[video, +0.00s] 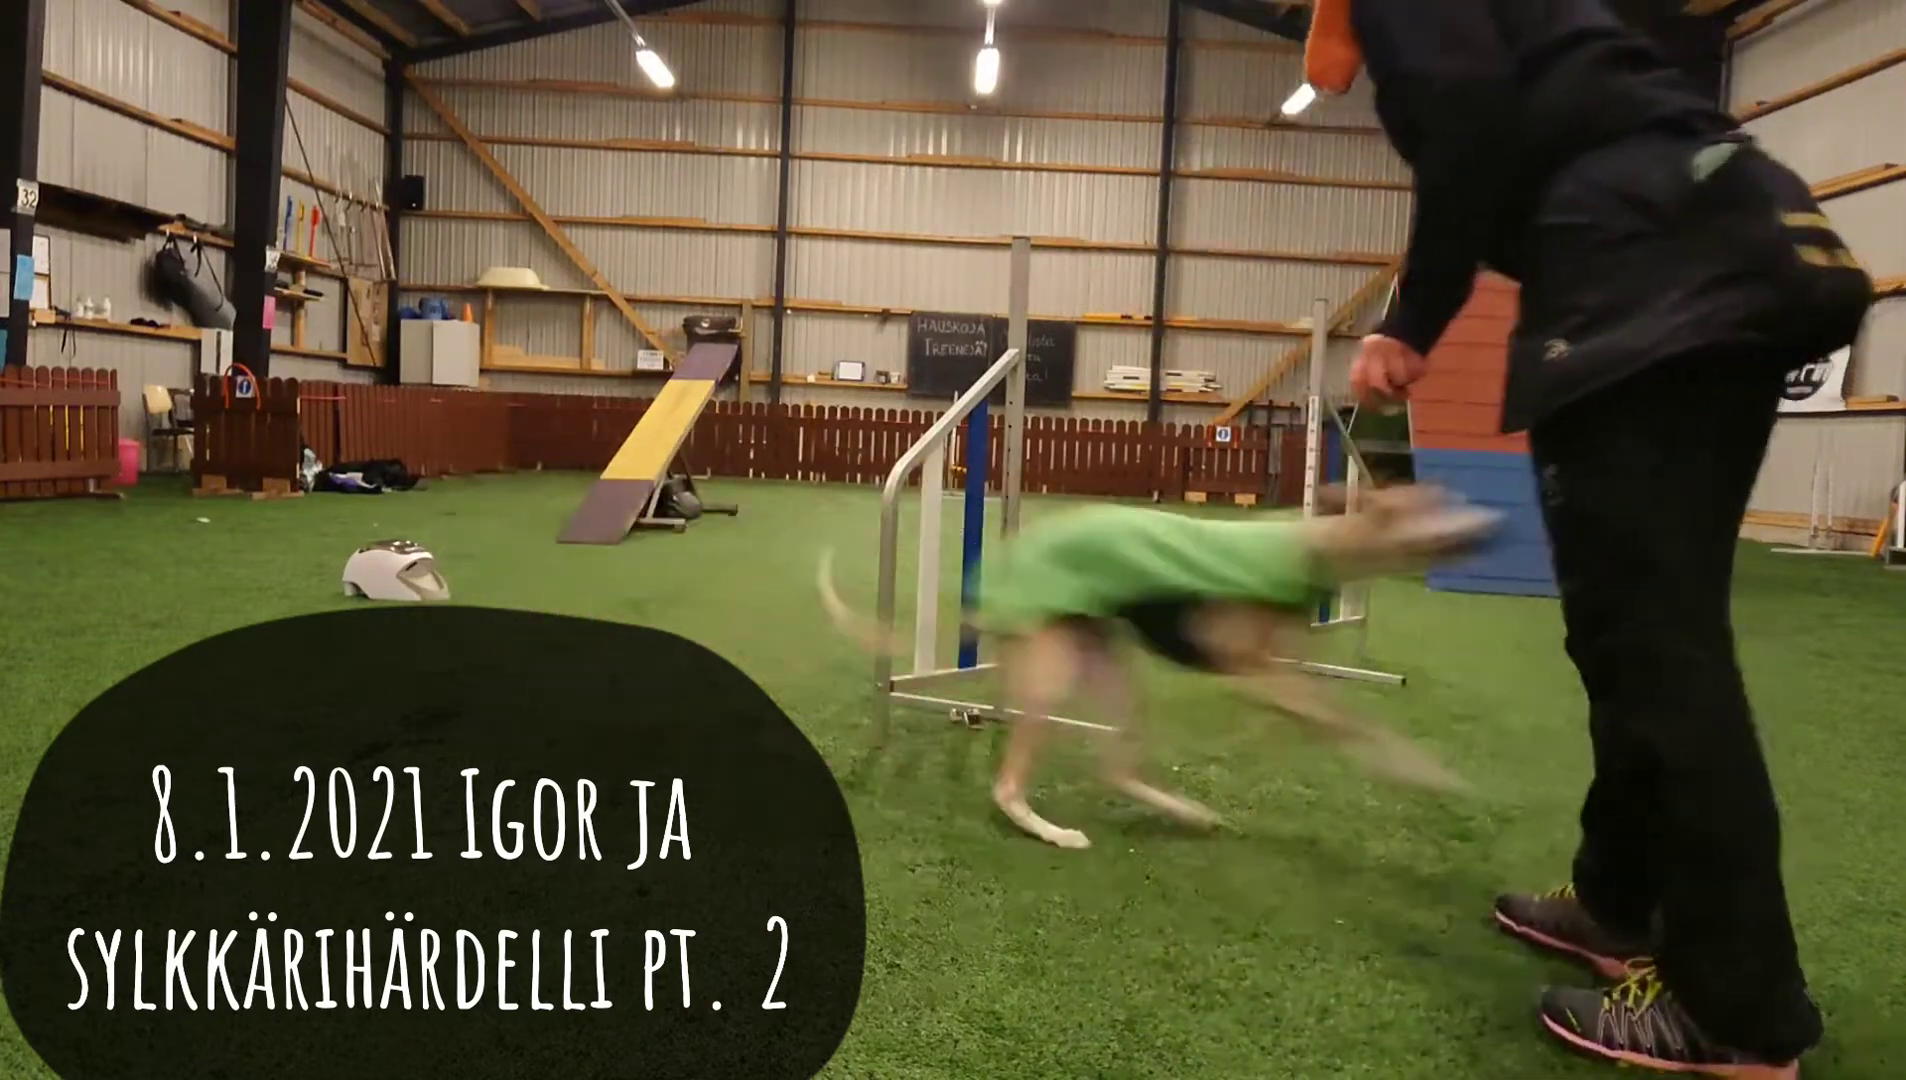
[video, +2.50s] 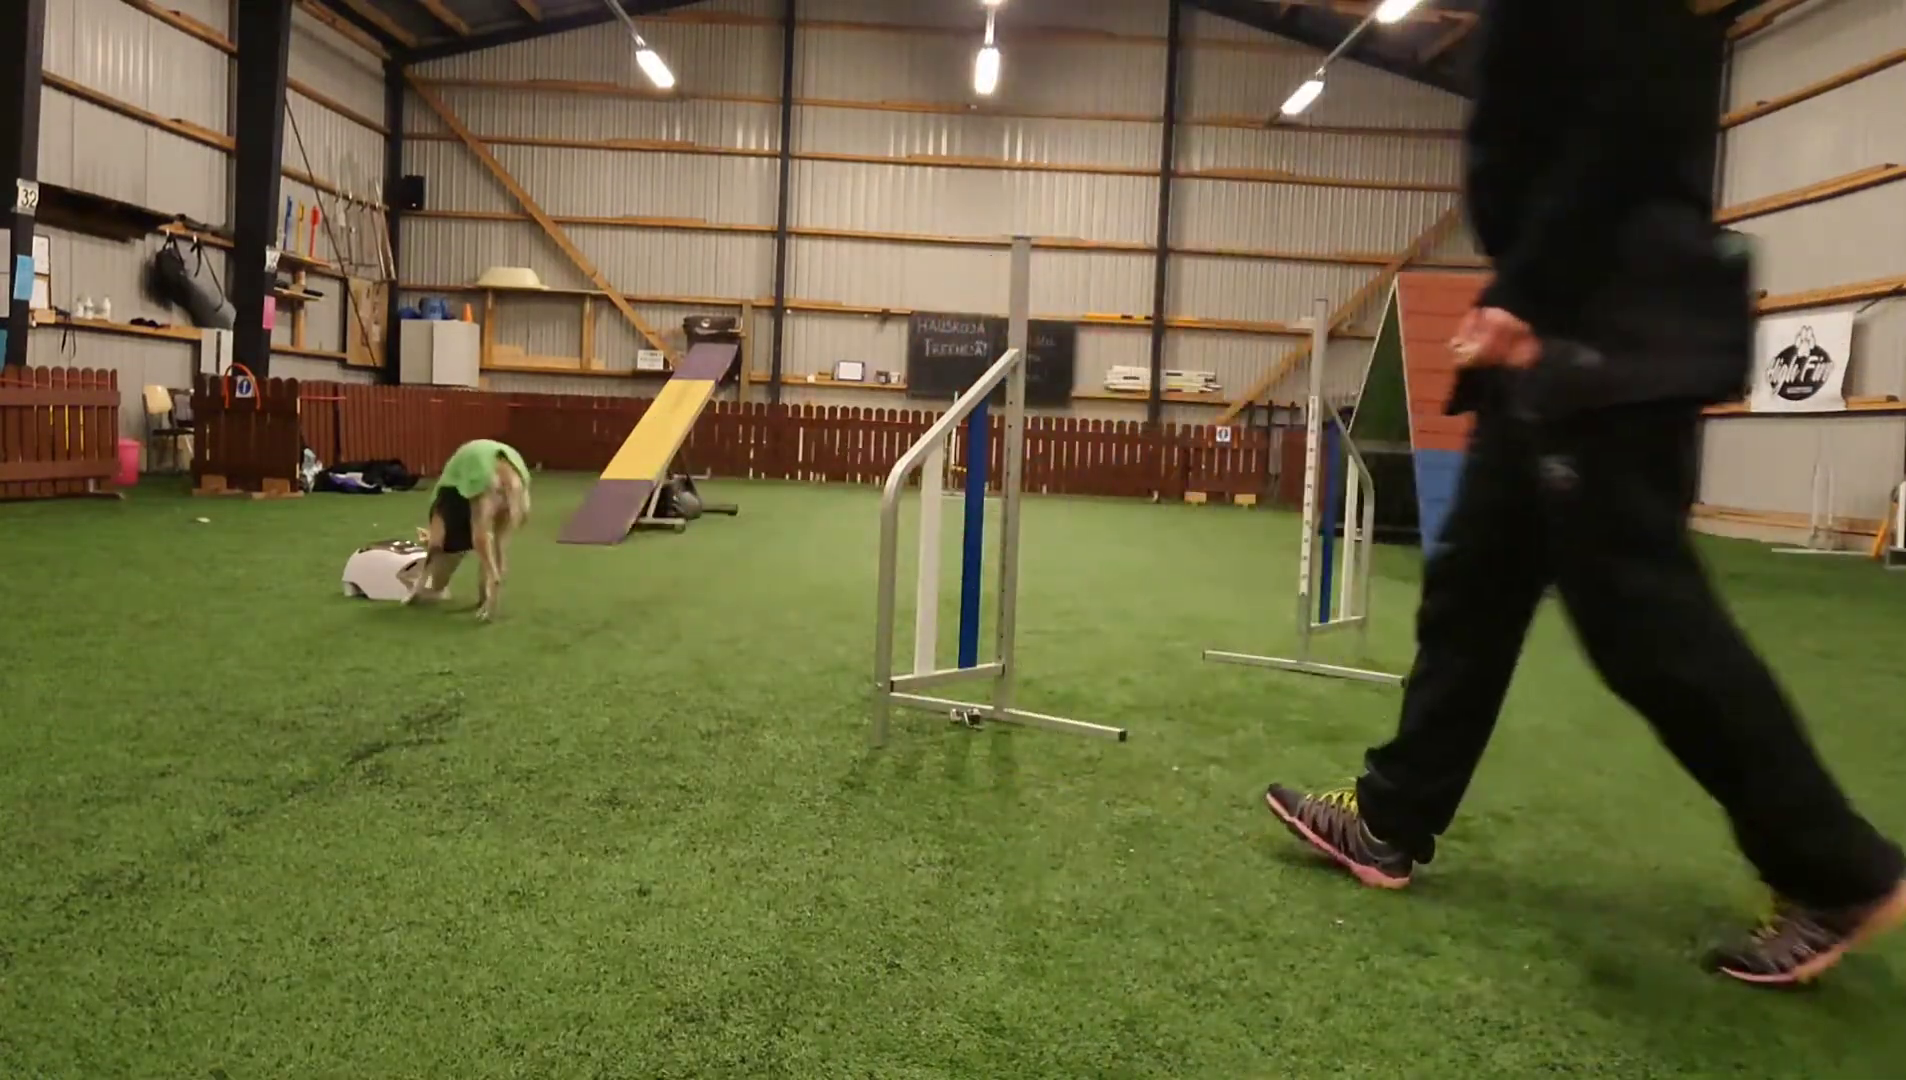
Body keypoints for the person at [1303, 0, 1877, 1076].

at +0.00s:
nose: (1340, 67)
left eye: (1334, 44)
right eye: (1334, 55)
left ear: (1337, 13)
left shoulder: (1396, 4)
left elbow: (1467, 121)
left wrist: (1406, 325)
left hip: (1644, 289)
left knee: (1656, 647)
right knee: (1631, 634)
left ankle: (1740, 1015)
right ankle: (1622, 913)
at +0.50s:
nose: (1153, 8)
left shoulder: (1198, 29)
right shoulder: (1326, 45)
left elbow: (1201, 185)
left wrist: (1136, 353)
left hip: (1280, 351)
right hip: (1413, 350)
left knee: (1153, 587)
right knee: (1429, 616)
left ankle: (1070, 804)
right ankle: (1605, 851)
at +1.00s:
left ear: (1067, 2)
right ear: (1154, 6)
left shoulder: (1053, 25)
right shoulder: (1196, 60)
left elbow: (1031, 156)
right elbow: (1219, 196)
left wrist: (981, 328)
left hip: (1126, 307)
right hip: (1260, 315)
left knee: (1066, 549)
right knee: (1233, 560)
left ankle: (1057, 795)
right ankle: (1331, 799)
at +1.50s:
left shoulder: (1079, 7)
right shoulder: (1216, 18)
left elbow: (1075, 137)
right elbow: (1212, 156)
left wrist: (984, 291)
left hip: (1133, 303)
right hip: (1252, 307)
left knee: (1060, 548)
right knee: (1185, 541)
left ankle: (1056, 794)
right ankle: (1322, 746)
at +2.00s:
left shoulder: (1348, 16)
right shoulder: (1384, 20)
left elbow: (1370, 140)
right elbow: (1395, 145)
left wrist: (1322, 295)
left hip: (1342, 316)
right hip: (1394, 320)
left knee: (1227, 535)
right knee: (1353, 571)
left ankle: (1192, 813)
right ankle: (1367, 827)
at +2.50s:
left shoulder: (1605, 17)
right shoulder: (1536, 24)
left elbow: (1620, 122)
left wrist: (1526, 293)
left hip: (1612, 335)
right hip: (1553, 335)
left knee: (1647, 624)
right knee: (1472, 590)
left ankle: (1841, 873)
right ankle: (1390, 825)